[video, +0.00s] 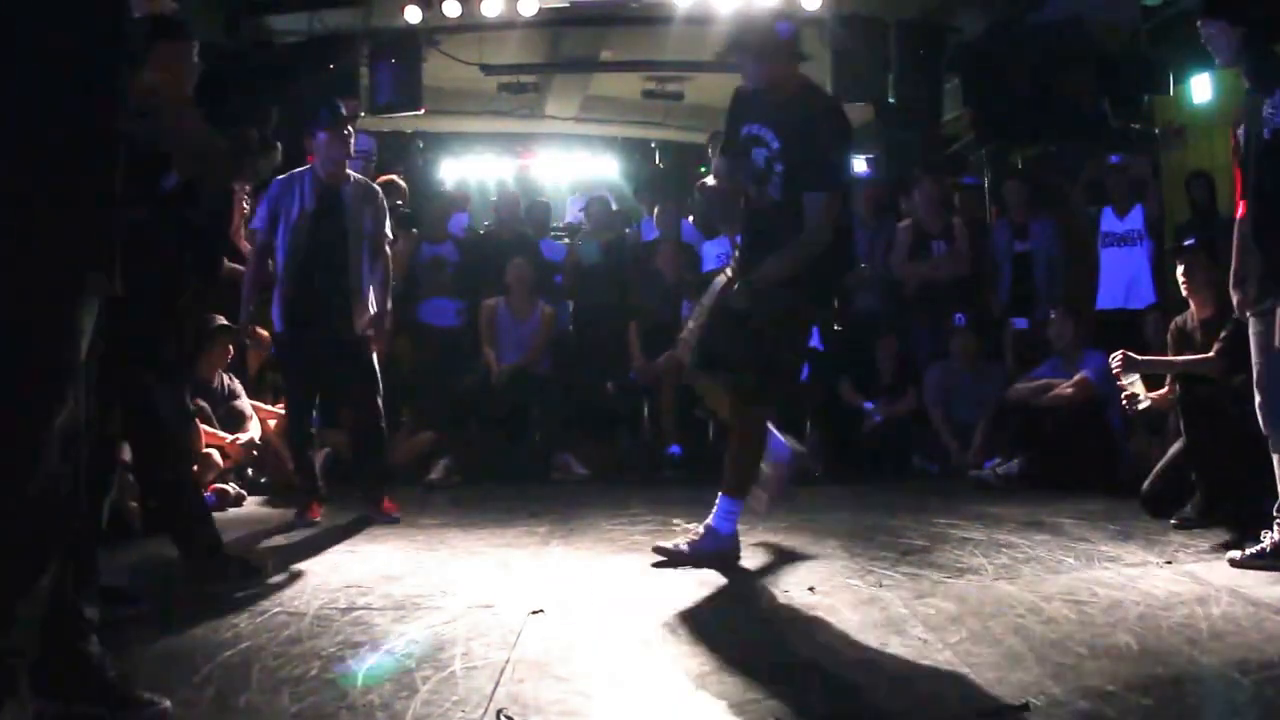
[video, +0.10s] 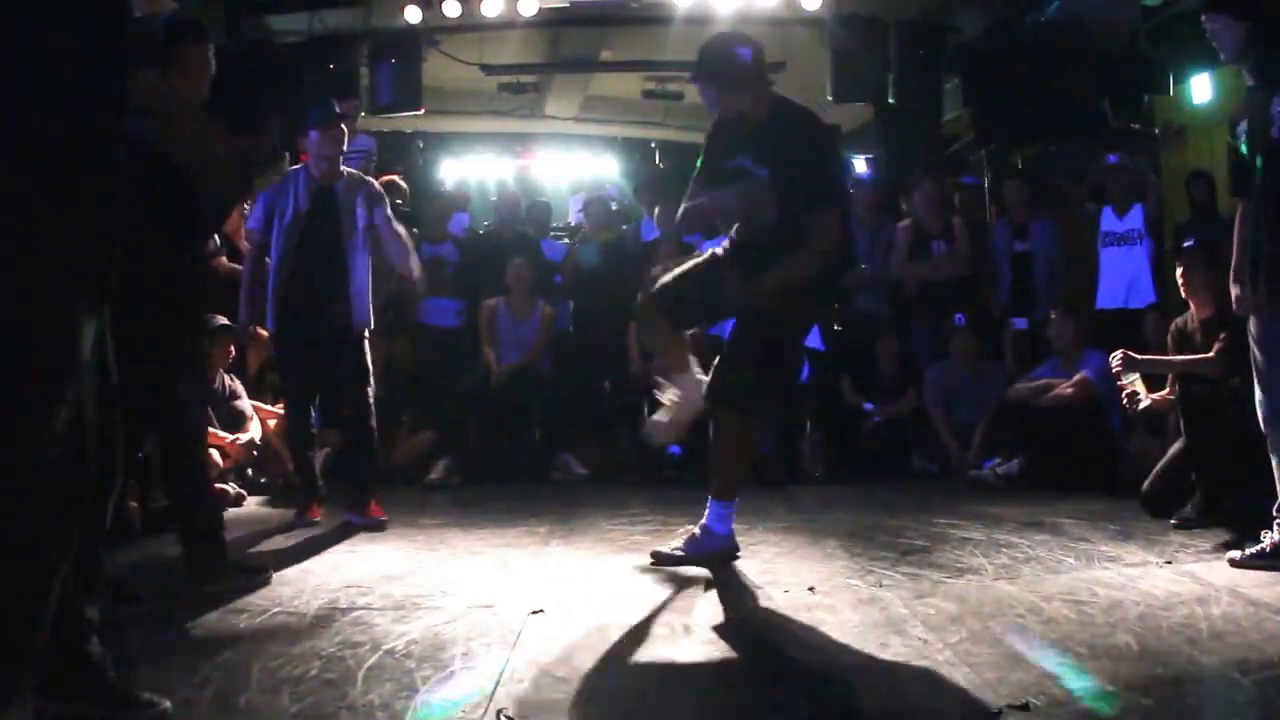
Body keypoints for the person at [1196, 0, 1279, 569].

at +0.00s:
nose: (1206, 40)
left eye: (1211, 29)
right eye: (1203, 31)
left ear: (1239, 29)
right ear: (1235, 34)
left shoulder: (1263, 107)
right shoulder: (1250, 108)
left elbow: (1253, 206)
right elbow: (1245, 206)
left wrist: (1248, 282)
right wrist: (1241, 279)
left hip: (1268, 291)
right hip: (1258, 291)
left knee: (1271, 409)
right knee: (1268, 409)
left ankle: (1278, 530)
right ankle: (1276, 527)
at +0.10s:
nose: (1210, 32)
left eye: (1217, 23)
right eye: (1208, 24)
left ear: (1246, 24)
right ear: (1232, 31)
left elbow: (1250, 197)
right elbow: (1245, 198)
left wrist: (1245, 271)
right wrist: (1238, 270)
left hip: (1268, 282)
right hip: (1258, 283)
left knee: (1271, 406)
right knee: (1268, 405)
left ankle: (1279, 527)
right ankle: (1277, 525)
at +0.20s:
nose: (1217, 24)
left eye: (1225, 13)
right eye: (1215, 15)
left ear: (1255, 16)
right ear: (1237, 23)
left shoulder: (1262, 95)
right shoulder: (1250, 97)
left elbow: (1253, 191)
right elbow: (1246, 190)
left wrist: (1242, 263)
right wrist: (1236, 262)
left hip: (1269, 274)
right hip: (1259, 274)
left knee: (1271, 402)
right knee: (1269, 401)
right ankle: (1277, 525)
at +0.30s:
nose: (1229, 21)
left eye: (1235, 10)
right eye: (1227, 13)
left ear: (1262, 13)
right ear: (1240, 21)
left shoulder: (1257, 97)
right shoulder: (1247, 98)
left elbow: (1243, 190)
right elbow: (1242, 190)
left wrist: (1239, 262)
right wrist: (1234, 262)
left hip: (1273, 278)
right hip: (1264, 278)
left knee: (1272, 401)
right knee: (1269, 400)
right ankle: (1278, 525)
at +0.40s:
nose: (1244, 19)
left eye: (1249, 9)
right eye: (1243, 11)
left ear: (1269, 13)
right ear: (1250, 19)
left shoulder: (1258, 90)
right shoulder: (1253, 91)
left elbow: (1238, 183)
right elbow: (1238, 183)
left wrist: (1236, 260)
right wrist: (1233, 259)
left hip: (1272, 277)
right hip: (1266, 277)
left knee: (1270, 398)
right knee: (1268, 398)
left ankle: (1279, 525)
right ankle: (1277, 524)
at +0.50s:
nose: (1261, 20)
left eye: (1262, 11)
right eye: (1257, 14)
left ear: (1271, 14)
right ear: (1257, 21)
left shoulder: (1260, 87)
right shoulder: (1258, 85)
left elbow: (1236, 173)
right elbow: (1236, 171)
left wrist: (1237, 252)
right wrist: (1236, 253)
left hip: (1271, 271)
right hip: (1269, 271)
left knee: (1267, 399)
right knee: (1265, 400)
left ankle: (1276, 522)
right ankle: (1275, 522)